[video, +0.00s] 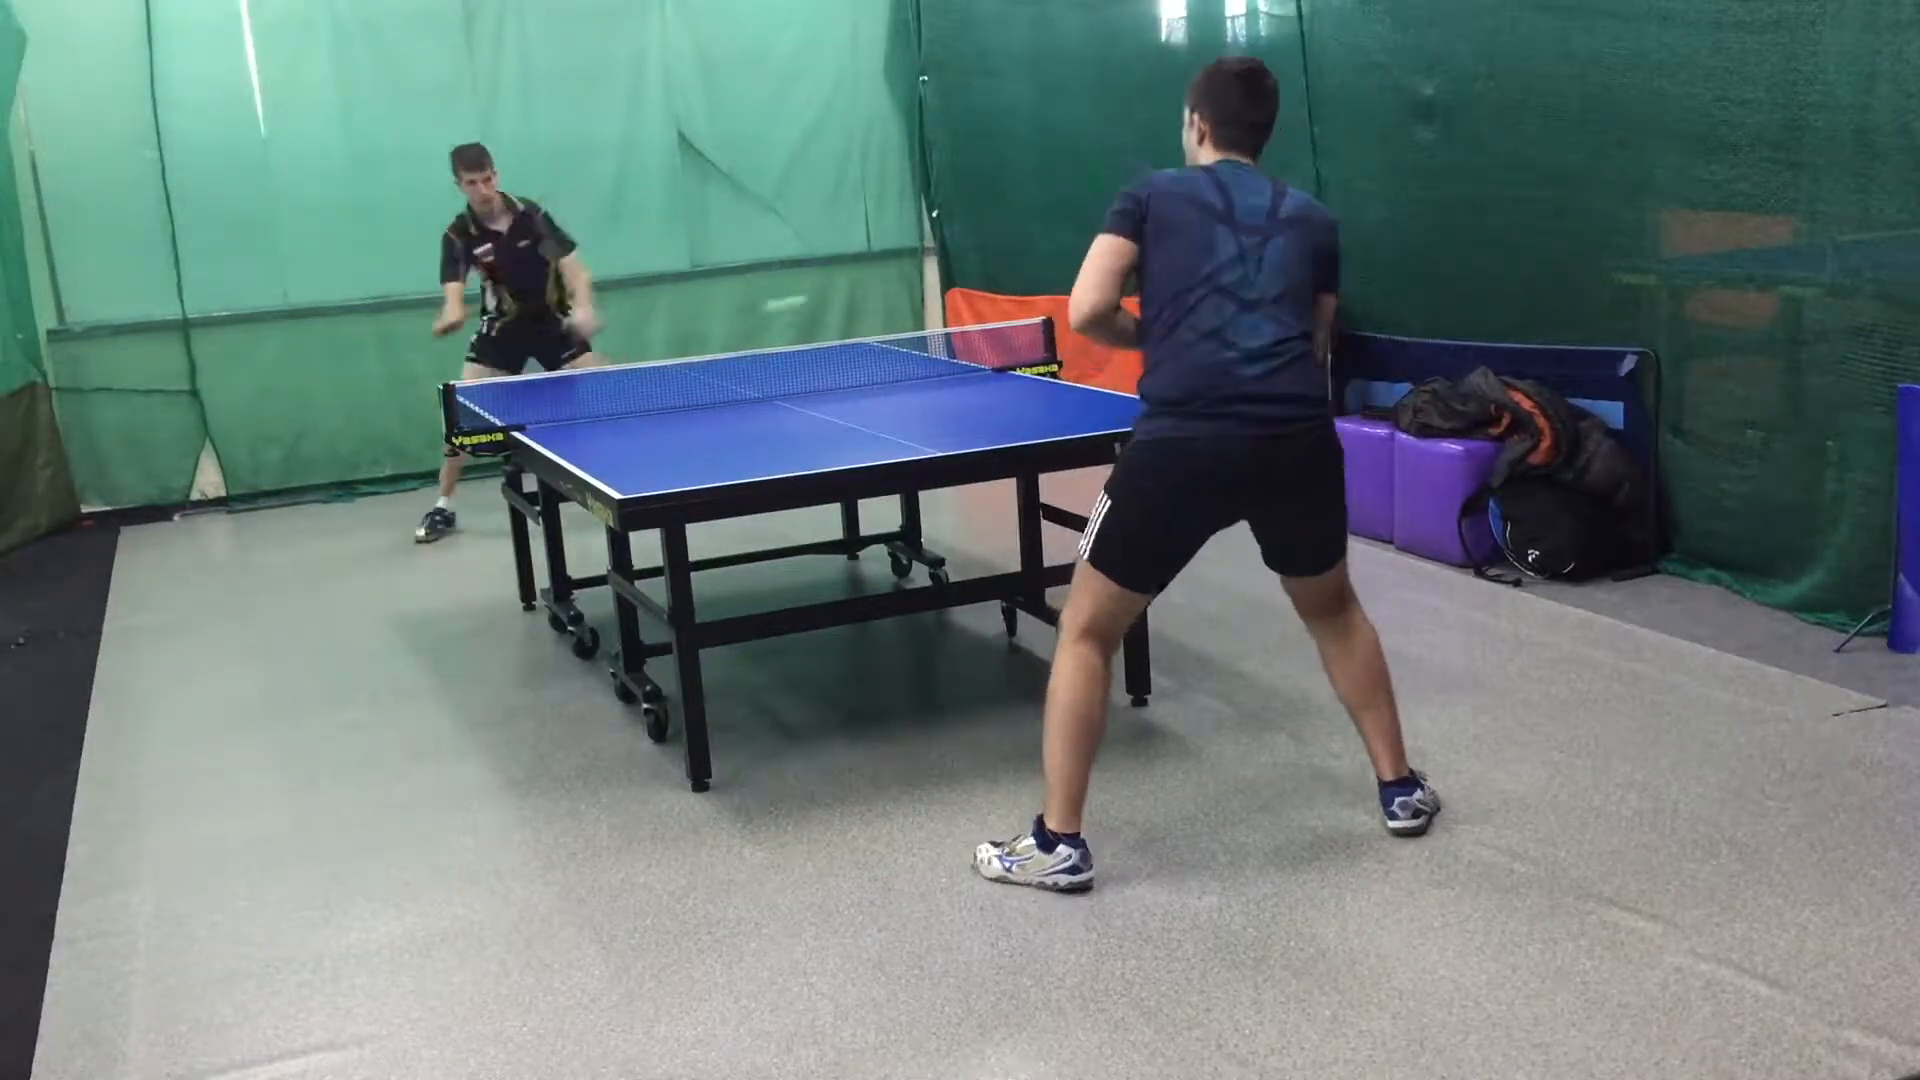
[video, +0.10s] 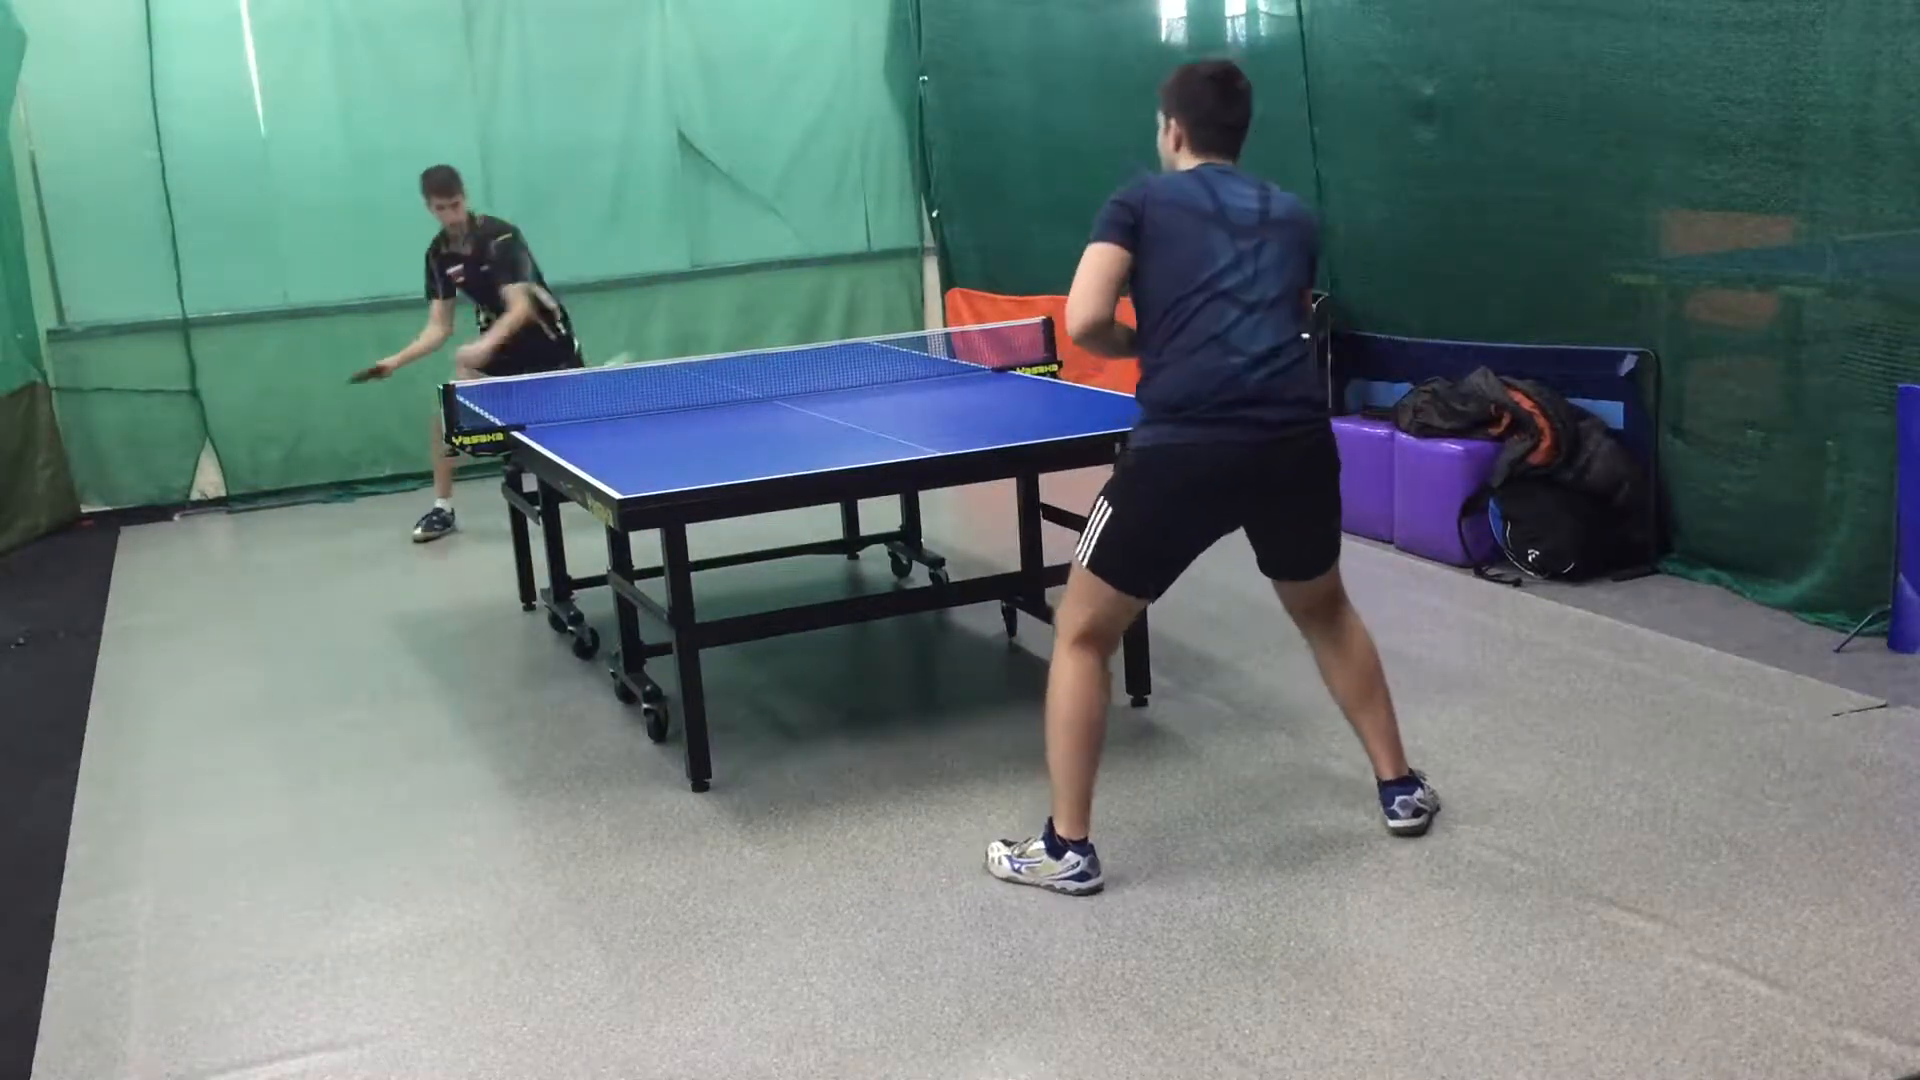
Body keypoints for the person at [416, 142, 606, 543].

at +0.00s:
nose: (483, 190)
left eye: (487, 180)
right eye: (473, 184)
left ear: (496, 176)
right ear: (460, 186)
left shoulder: (530, 215)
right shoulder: (459, 234)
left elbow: (575, 269)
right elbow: (455, 300)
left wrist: (583, 308)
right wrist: (452, 318)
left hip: (551, 319)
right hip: (501, 325)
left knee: (603, 388)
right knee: (466, 407)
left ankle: (626, 484)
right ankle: (443, 505)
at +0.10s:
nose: (450, 215)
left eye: (454, 205)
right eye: (440, 209)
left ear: (465, 197)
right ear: (429, 209)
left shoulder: (500, 237)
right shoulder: (439, 253)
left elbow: (521, 308)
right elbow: (439, 326)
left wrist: (480, 349)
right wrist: (394, 361)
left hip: (548, 340)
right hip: (501, 342)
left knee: (573, 415)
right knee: (445, 417)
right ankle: (442, 507)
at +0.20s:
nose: (425, 228)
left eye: (430, 217)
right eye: (416, 222)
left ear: (441, 208)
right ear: (406, 220)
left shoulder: (470, 244)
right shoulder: (431, 257)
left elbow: (484, 303)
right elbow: (437, 328)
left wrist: (440, 333)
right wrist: (380, 366)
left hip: (539, 345)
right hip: (493, 346)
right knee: (439, 411)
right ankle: (442, 508)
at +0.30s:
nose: (414, 213)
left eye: (420, 202)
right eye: (406, 206)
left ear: (435, 195)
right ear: (400, 208)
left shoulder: (470, 229)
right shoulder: (426, 252)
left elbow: (525, 257)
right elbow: (429, 320)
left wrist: (503, 287)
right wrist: (382, 344)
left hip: (536, 342)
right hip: (486, 343)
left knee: (567, 419)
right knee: (440, 421)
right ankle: (443, 509)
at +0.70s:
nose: (488, 181)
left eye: (492, 172)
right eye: (478, 176)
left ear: (502, 171)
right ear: (464, 181)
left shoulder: (528, 213)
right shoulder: (463, 230)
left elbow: (586, 250)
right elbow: (480, 283)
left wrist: (628, 245)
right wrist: (523, 239)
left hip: (531, 337)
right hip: (484, 350)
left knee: (584, 385)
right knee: (456, 441)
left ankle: (534, 473)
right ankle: (413, 509)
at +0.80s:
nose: (472, 184)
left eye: (476, 174)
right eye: (461, 178)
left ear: (485, 170)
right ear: (446, 182)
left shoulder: (521, 214)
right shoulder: (443, 236)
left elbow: (571, 258)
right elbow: (448, 305)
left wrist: (608, 282)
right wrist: (485, 284)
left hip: (532, 330)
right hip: (478, 342)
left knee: (577, 390)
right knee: (446, 422)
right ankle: (435, 508)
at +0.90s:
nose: (448, 203)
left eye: (452, 194)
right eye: (438, 198)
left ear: (460, 190)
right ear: (424, 201)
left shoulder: (494, 229)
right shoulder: (423, 253)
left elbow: (535, 289)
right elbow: (427, 323)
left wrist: (529, 333)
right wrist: (413, 346)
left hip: (525, 328)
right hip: (477, 340)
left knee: (576, 389)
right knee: (439, 422)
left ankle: (589, 480)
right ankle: (443, 511)